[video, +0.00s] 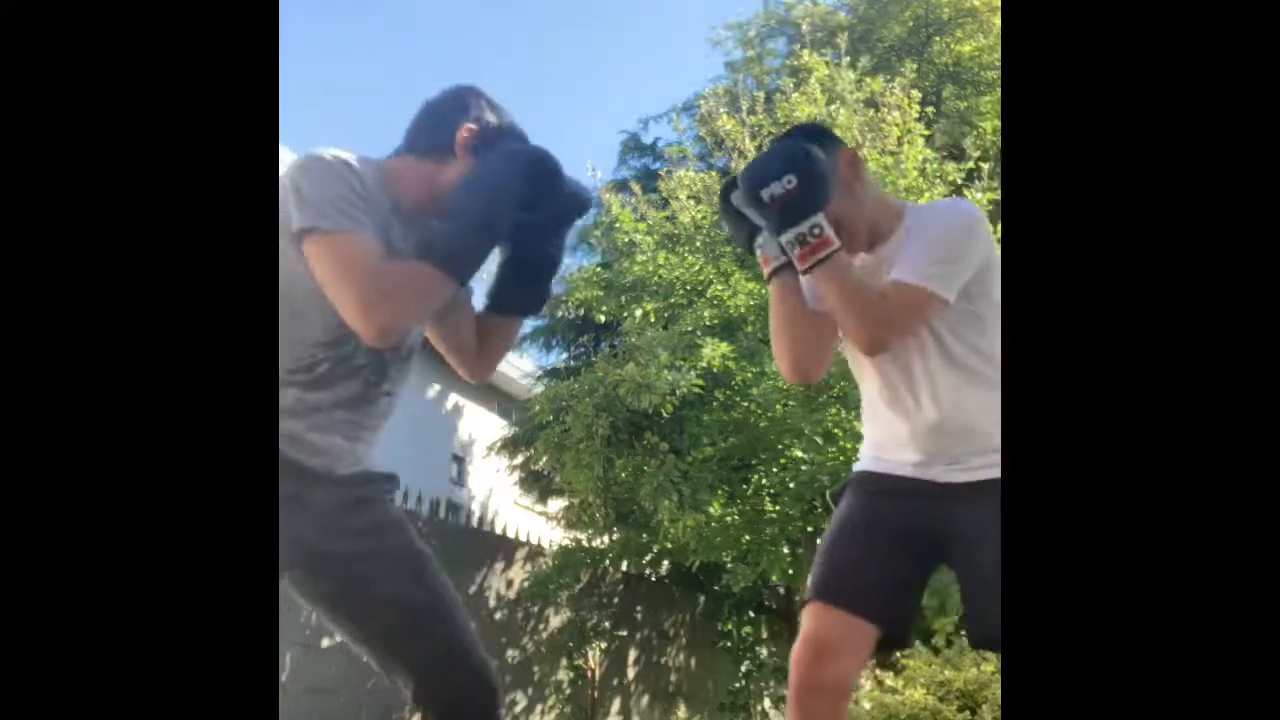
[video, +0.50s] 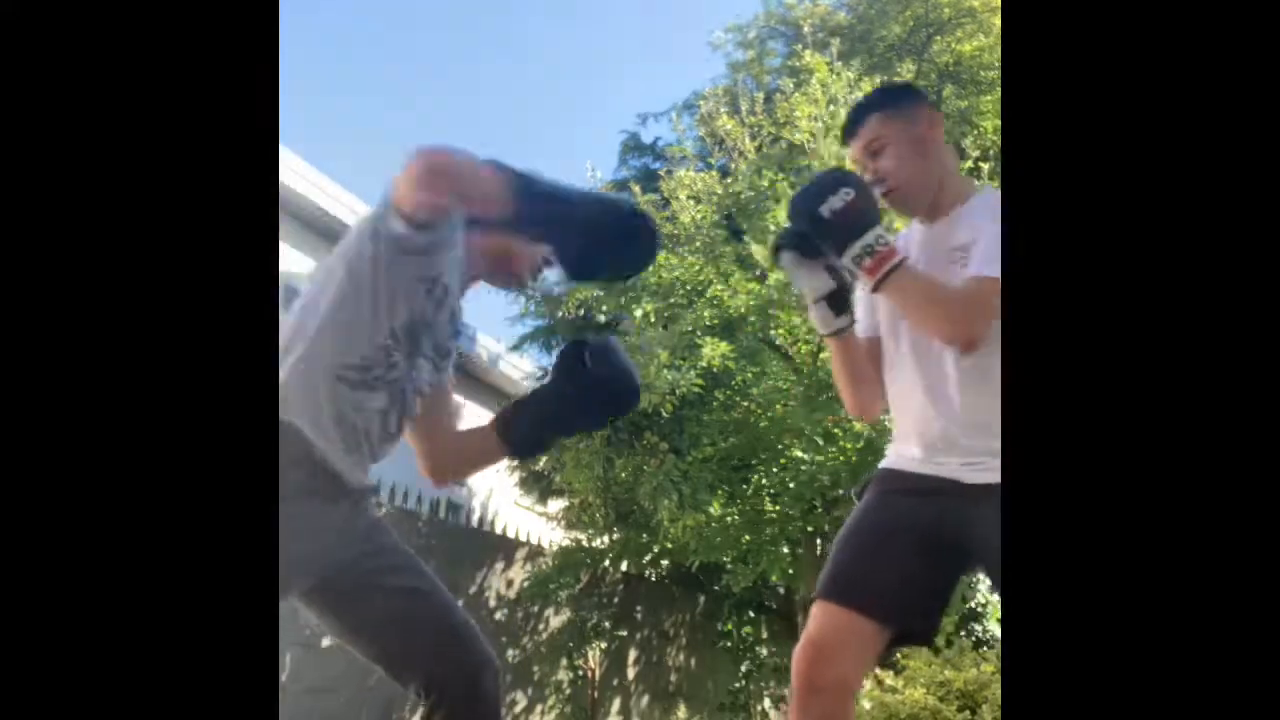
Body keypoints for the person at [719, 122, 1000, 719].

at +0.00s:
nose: (816, 230)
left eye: (819, 205)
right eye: (801, 221)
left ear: (852, 164)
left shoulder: (954, 223)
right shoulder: (834, 267)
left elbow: (873, 330)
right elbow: (801, 368)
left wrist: (811, 239)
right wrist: (778, 260)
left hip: (988, 480)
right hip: (888, 479)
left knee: (994, 667)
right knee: (818, 663)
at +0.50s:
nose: (870, 176)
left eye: (879, 152)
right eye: (861, 166)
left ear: (932, 129)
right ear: (860, 175)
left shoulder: (997, 216)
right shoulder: (887, 253)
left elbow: (965, 325)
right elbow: (865, 403)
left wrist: (868, 251)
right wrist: (827, 305)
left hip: (996, 479)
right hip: (915, 477)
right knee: (822, 666)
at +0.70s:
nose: (958, 143)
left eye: (972, 123)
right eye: (949, 132)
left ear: (1010, 127)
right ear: (944, 149)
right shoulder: (953, 235)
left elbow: (979, 312)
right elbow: (883, 367)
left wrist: (919, 213)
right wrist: (881, 250)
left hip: (984, 466)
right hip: (955, 466)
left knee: (859, 671)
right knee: (853, 673)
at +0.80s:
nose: (991, 159)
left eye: (999, 143)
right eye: (984, 146)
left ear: (1009, 147)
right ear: (976, 156)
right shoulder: (973, 249)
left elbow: (988, 323)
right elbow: (905, 378)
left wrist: (957, 243)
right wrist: (909, 262)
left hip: (983, 484)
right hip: (978, 480)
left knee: (872, 683)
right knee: (867, 684)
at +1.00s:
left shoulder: (993, 279)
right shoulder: (998, 277)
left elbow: (955, 356)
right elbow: (955, 356)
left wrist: (966, 407)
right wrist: (966, 410)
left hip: (987, 503)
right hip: (988, 499)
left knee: (879, 691)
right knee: (876, 691)